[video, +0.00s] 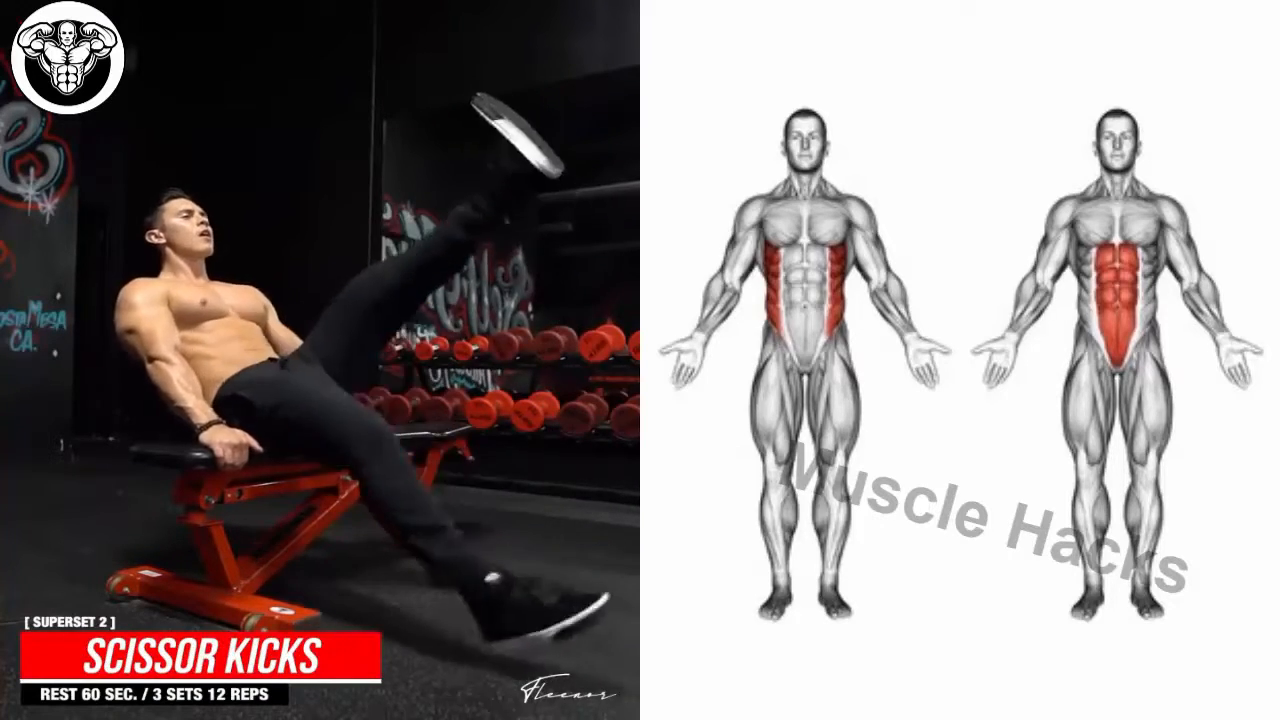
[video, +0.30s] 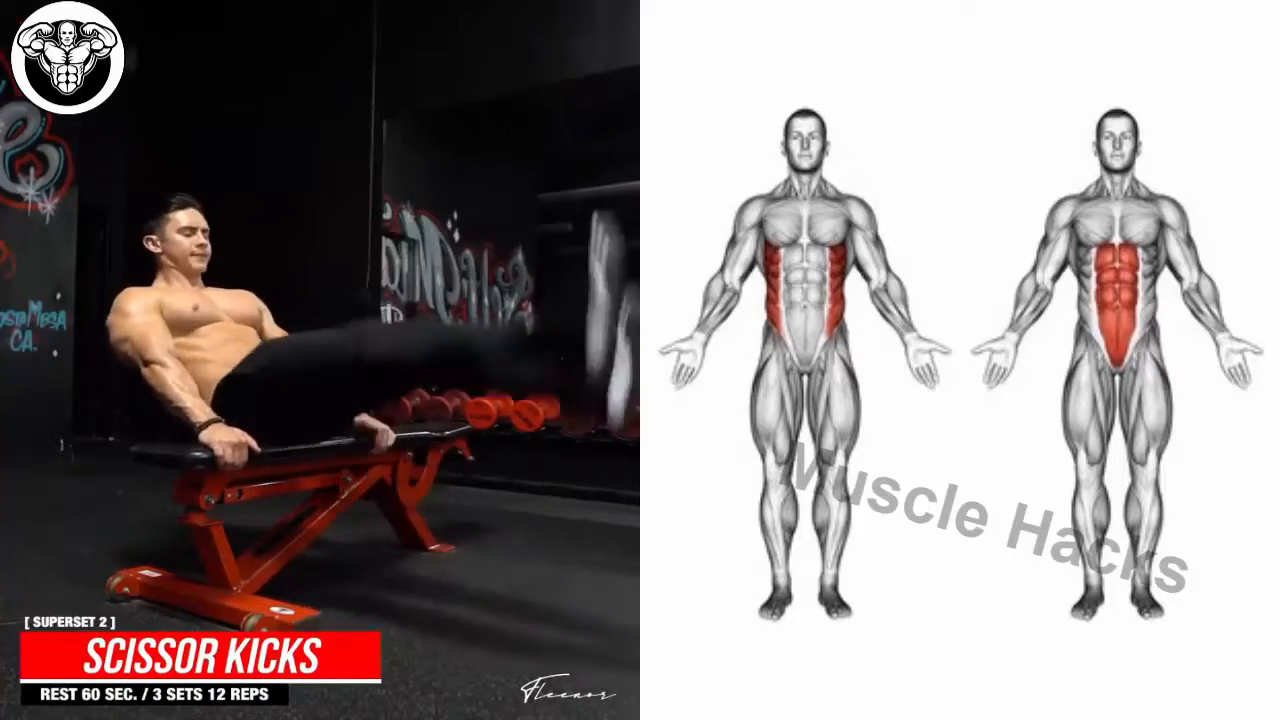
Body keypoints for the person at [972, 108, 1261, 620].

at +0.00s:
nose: (1116, 145)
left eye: (1124, 138)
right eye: (1109, 137)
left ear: (1137, 146)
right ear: (1097, 145)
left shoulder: (1164, 211)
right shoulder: (1070, 211)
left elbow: (1193, 282)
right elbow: (1041, 282)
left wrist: (1221, 335)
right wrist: (1012, 336)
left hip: (1144, 355)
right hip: (1089, 354)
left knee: (1145, 466)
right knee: (1088, 466)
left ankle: (1141, 582)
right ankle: (1092, 583)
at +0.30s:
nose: (1116, 145)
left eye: (1124, 138)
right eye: (1109, 137)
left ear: (1137, 146)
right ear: (1097, 145)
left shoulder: (1164, 211)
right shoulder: (1070, 211)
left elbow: (1193, 282)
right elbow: (1041, 282)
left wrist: (1221, 335)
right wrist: (1012, 336)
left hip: (1144, 355)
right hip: (1089, 354)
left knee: (1145, 466)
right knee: (1088, 466)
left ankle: (1141, 582)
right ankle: (1092, 583)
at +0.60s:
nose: (1116, 145)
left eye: (1124, 138)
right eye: (1108, 138)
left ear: (1137, 145)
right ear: (1096, 146)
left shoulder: (1164, 211)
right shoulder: (1070, 211)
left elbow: (1193, 282)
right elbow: (1041, 282)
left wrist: (1222, 335)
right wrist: (1012, 336)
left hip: (1144, 355)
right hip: (1089, 355)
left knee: (1145, 466)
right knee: (1088, 466)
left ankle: (1141, 581)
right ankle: (1092, 583)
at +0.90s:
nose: (1116, 145)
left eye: (1124, 138)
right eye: (1108, 138)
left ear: (1137, 145)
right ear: (1096, 146)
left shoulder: (1164, 211)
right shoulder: (1070, 211)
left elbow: (1193, 282)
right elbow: (1041, 282)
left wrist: (1222, 335)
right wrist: (1012, 336)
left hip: (1144, 355)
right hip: (1089, 355)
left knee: (1145, 466)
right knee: (1088, 466)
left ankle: (1141, 581)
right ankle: (1092, 583)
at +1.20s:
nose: (1116, 145)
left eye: (1124, 138)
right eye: (1108, 138)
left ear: (1137, 145)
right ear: (1096, 146)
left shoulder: (1164, 211)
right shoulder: (1070, 211)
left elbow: (1193, 282)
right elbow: (1041, 282)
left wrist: (1222, 335)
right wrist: (1012, 336)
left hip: (1144, 355)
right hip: (1089, 355)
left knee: (1145, 466)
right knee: (1088, 466)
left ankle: (1141, 581)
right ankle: (1092, 583)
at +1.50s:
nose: (1116, 145)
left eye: (1124, 138)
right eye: (1108, 138)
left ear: (1137, 145)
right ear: (1096, 146)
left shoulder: (1164, 211)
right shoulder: (1070, 211)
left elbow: (1193, 282)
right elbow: (1041, 282)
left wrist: (1222, 335)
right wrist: (1012, 336)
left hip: (1144, 355)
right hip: (1089, 355)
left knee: (1145, 466)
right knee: (1088, 466)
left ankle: (1141, 581)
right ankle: (1092, 583)